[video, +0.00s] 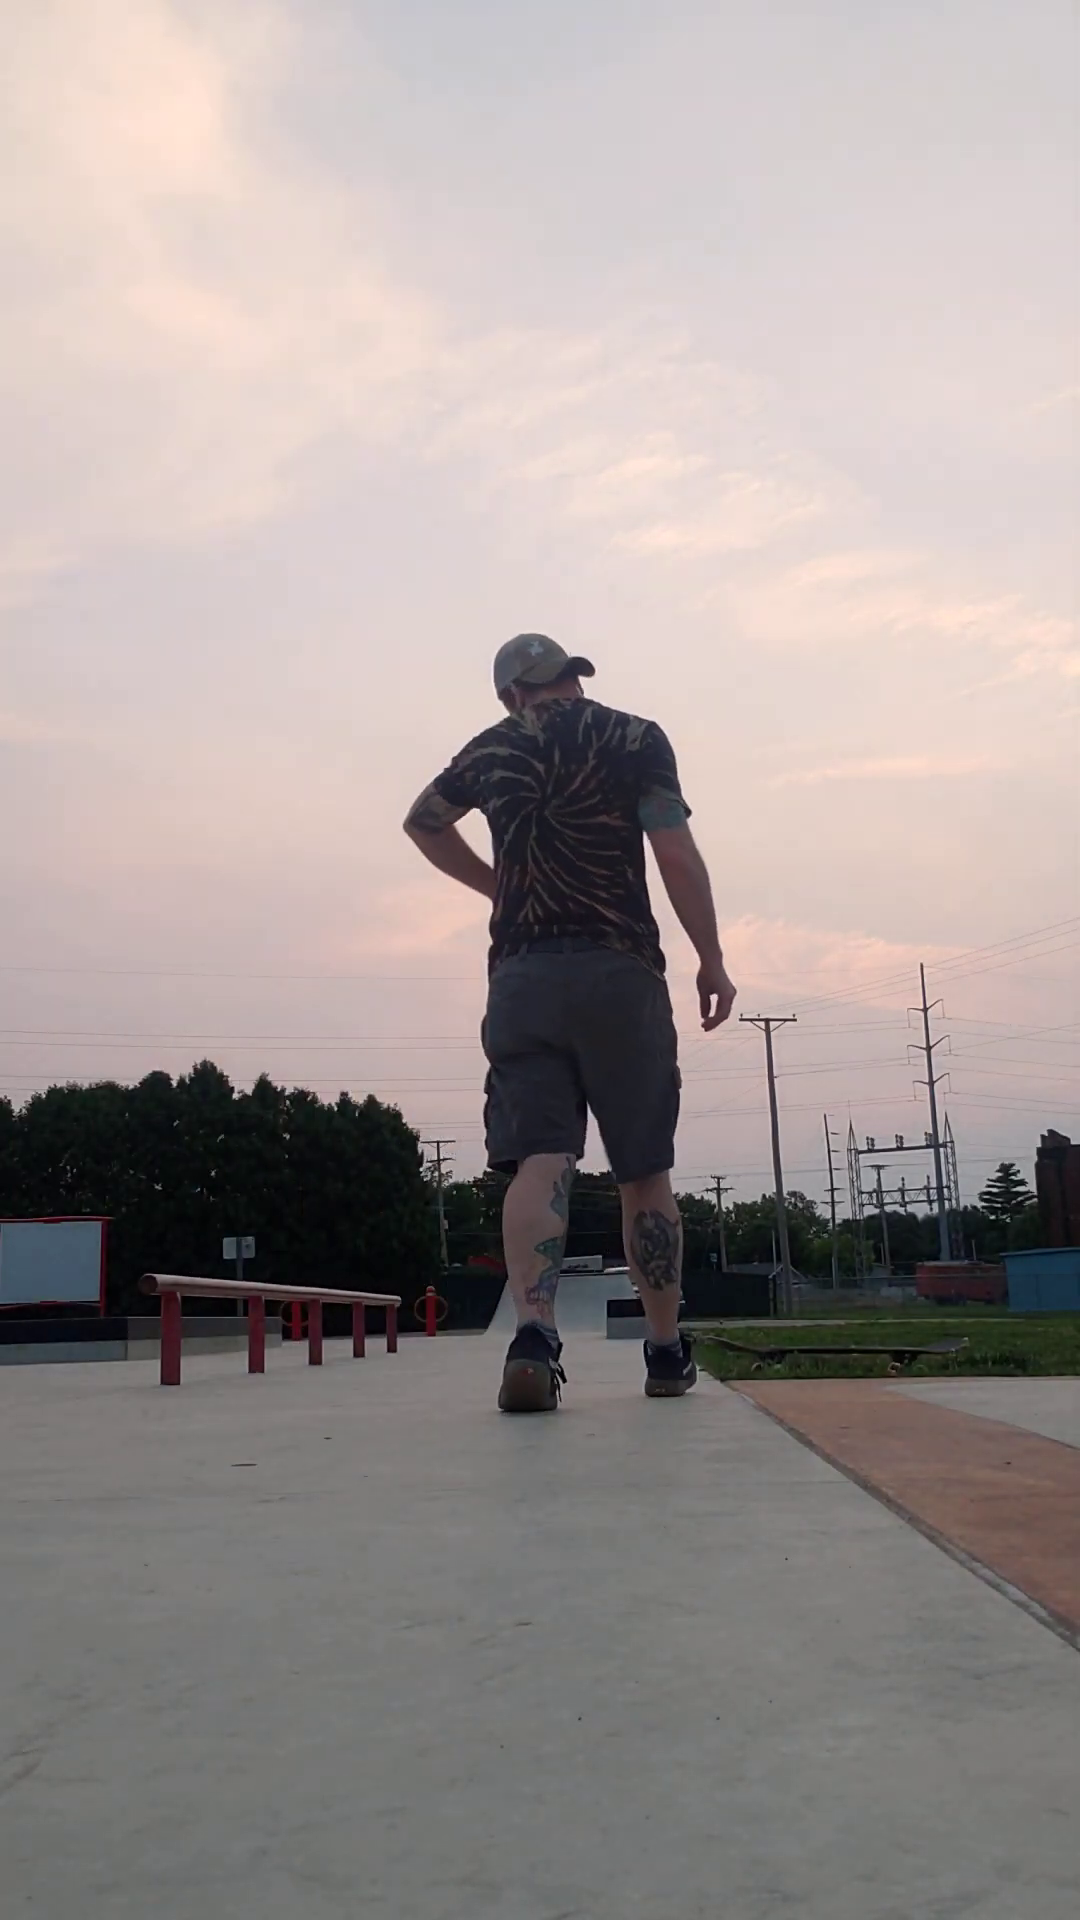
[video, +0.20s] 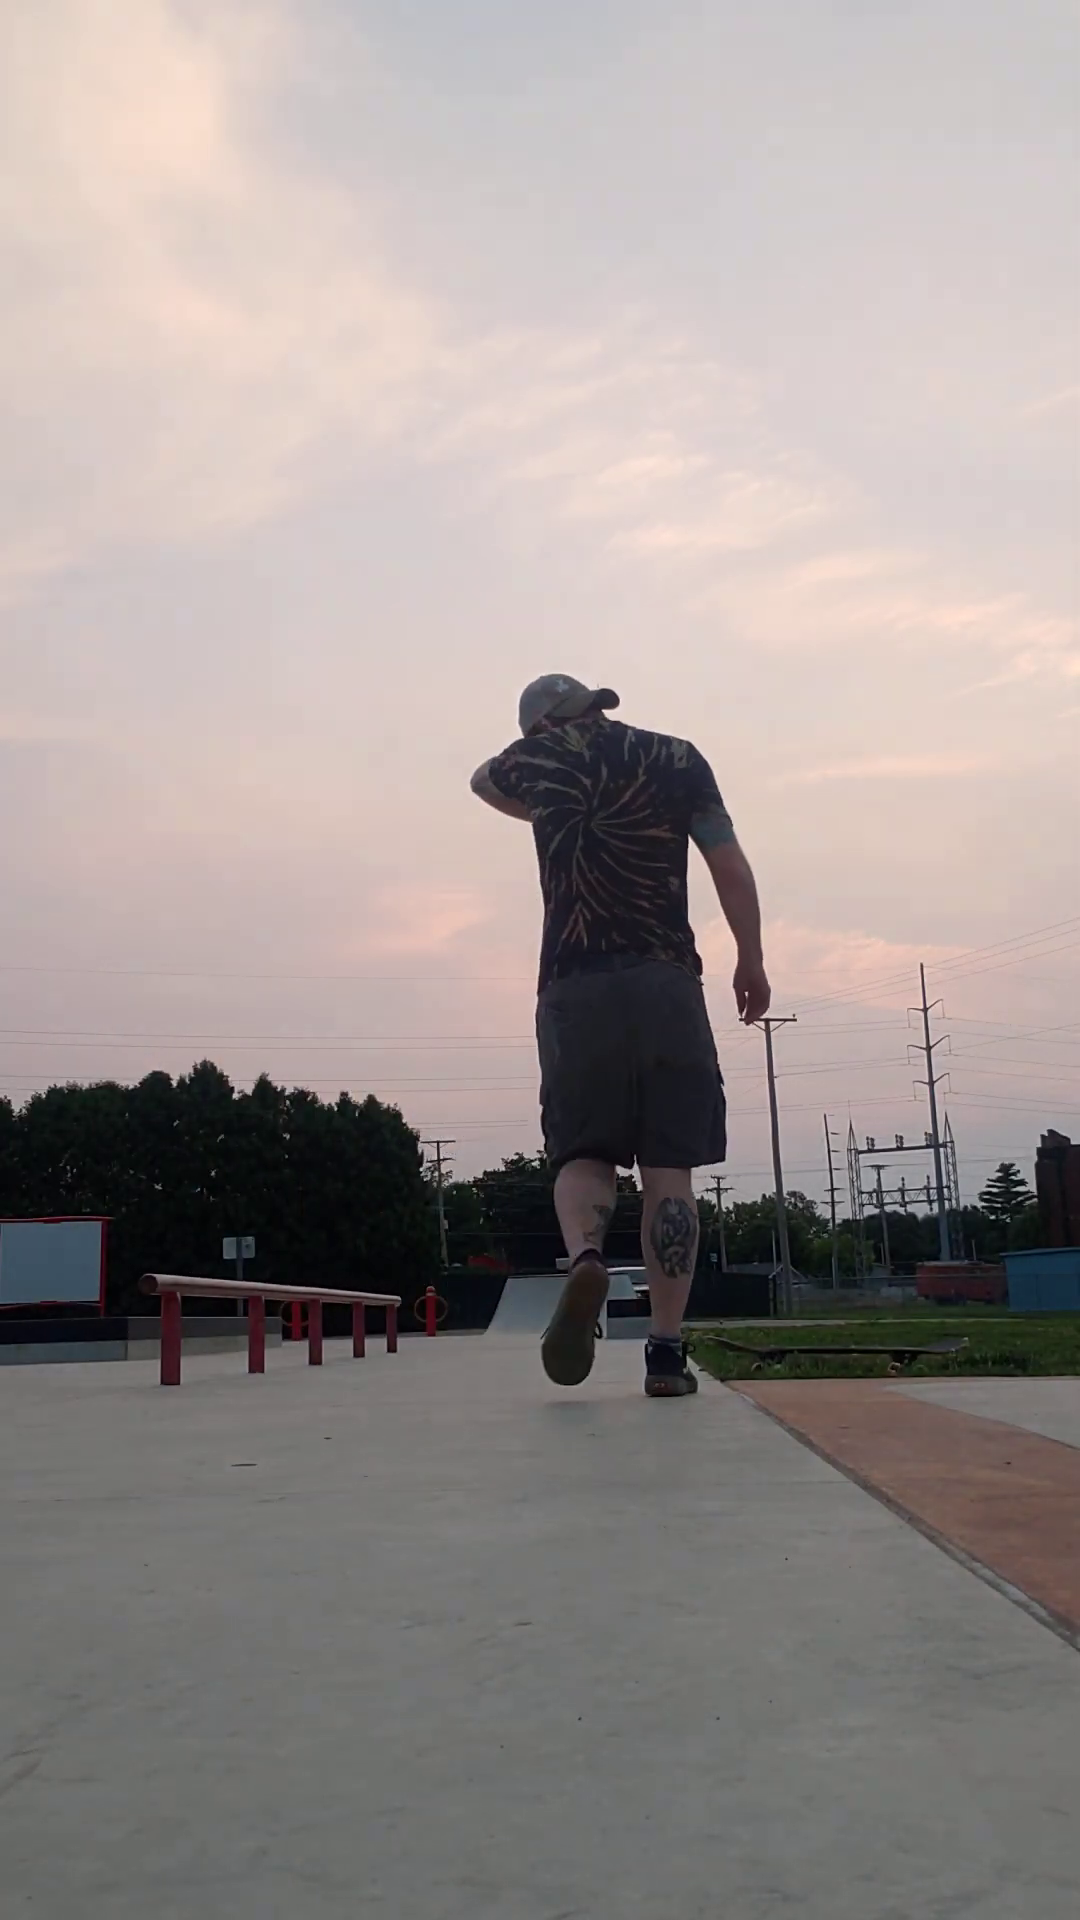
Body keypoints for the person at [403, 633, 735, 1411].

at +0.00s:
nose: (576, 688)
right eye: (574, 676)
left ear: (512, 694)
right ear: (574, 677)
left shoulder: (490, 748)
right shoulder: (632, 733)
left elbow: (423, 821)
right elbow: (675, 854)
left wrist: (492, 882)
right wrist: (710, 955)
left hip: (522, 975)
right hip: (619, 973)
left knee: (538, 1157)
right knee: (644, 1168)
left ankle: (532, 1340)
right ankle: (665, 1351)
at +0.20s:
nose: (534, 743)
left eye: (531, 736)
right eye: (536, 735)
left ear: (542, 725)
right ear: (594, 706)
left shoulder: (537, 762)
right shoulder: (677, 757)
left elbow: (483, 781)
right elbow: (729, 865)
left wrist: (554, 790)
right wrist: (751, 960)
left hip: (575, 987)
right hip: (666, 983)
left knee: (583, 1147)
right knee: (668, 1163)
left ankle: (584, 1258)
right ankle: (665, 1353)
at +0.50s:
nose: (568, 775)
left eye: (566, 767)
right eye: (570, 767)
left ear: (576, 759)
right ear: (623, 743)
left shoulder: (572, 789)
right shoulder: (695, 789)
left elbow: (525, 806)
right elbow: (752, 890)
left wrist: (575, 775)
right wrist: (755, 970)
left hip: (604, 1007)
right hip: (688, 1000)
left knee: (632, 1183)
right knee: (681, 1175)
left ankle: (658, 1333)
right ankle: (668, 1340)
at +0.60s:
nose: (584, 792)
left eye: (581, 784)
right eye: (589, 781)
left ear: (584, 782)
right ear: (631, 767)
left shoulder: (575, 813)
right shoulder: (695, 808)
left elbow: (533, 843)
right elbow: (749, 913)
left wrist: (585, 805)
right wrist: (751, 990)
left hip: (612, 1022)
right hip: (696, 1012)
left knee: (647, 1191)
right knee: (696, 1179)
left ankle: (686, 1343)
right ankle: (673, 1329)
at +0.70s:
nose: (595, 812)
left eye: (592, 804)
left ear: (594, 801)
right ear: (646, 790)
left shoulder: (578, 832)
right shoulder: (701, 829)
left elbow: (532, 901)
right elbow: (742, 931)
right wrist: (748, 1007)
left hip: (611, 1032)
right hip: (694, 1024)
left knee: (653, 1192)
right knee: (721, 1176)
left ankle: (688, 1344)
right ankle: (712, 1293)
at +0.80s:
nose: (614, 820)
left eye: (607, 813)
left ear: (601, 814)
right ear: (655, 804)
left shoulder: (581, 847)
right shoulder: (705, 839)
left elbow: (538, 953)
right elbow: (741, 944)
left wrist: (583, 978)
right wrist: (743, 1027)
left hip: (615, 1038)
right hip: (696, 1029)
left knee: (654, 1194)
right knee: (722, 1172)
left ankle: (692, 1344)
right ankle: (739, 1277)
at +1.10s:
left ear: (597, 896)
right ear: (646, 891)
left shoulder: (589, 904)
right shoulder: (695, 916)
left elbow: (578, 951)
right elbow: (749, 1023)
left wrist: (577, 1050)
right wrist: (729, 1095)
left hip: (644, 1043)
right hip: (720, 1046)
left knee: (654, 1203)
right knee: (716, 1200)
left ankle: (694, 1348)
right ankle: (717, 1342)